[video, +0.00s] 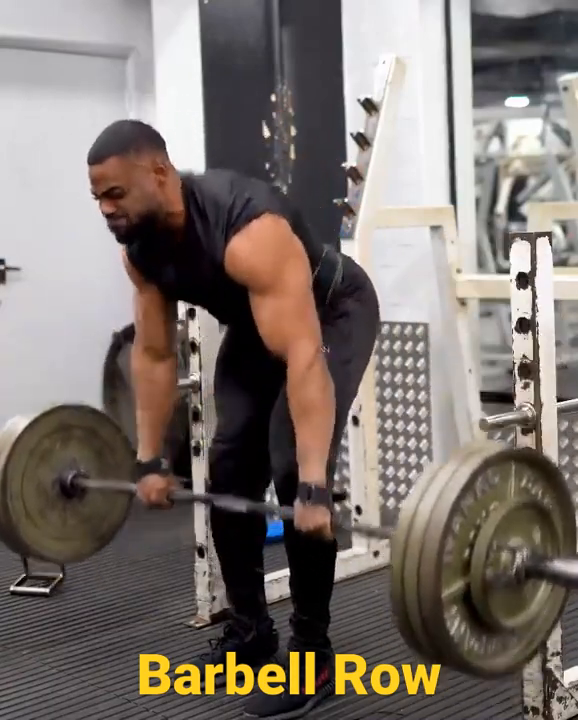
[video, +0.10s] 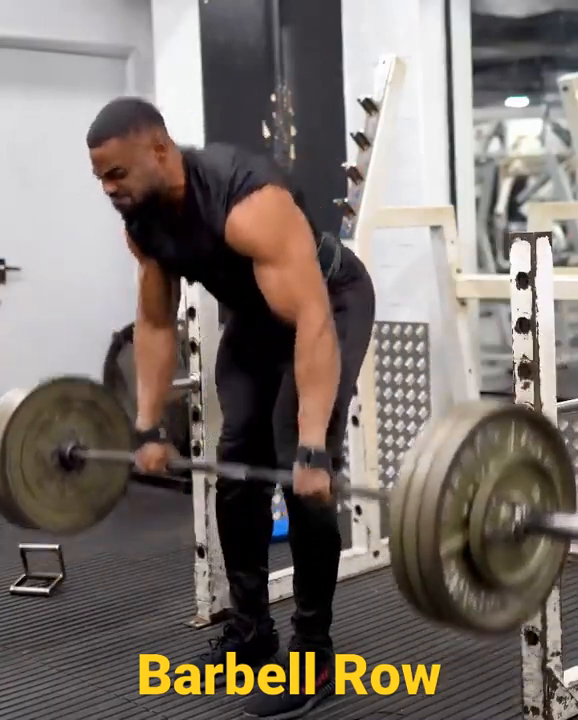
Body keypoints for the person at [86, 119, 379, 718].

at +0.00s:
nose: (106, 212)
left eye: (114, 194)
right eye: (98, 198)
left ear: (160, 172)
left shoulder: (250, 229)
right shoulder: (142, 245)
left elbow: (304, 355)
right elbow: (154, 353)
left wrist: (312, 485)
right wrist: (150, 458)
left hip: (333, 308)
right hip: (253, 319)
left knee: (299, 469)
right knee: (229, 469)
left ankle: (311, 650)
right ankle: (248, 630)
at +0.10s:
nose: (110, 190)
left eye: (117, 174)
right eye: (102, 178)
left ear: (160, 148)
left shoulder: (252, 203)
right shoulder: (143, 219)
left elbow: (315, 320)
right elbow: (154, 321)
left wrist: (312, 449)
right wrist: (149, 429)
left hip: (327, 300)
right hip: (252, 312)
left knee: (309, 468)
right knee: (237, 465)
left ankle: (311, 649)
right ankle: (250, 627)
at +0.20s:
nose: (121, 154)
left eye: (127, 137)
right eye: (113, 142)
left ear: (170, 108)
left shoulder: (260, 155)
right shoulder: (152, 177)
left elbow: (336, 262)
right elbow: (157, 273)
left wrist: (313, 380)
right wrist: (147, 369)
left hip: (309, 321)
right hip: (240, 325)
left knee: (307, 482)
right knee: (240, 480)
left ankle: (313, 651)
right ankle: (249, 630)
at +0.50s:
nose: (108, 162)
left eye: (113, 145)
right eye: (99, 151)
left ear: (154, 116)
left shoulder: (245, 143)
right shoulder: (141, 175)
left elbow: (360, 187)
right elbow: (164, 223)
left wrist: (316, 286)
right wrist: (146, 283)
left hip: (302, 322)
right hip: (229, 325)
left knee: (285, 469)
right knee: (218, 472)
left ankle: (310, 647)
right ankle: (247, 627)